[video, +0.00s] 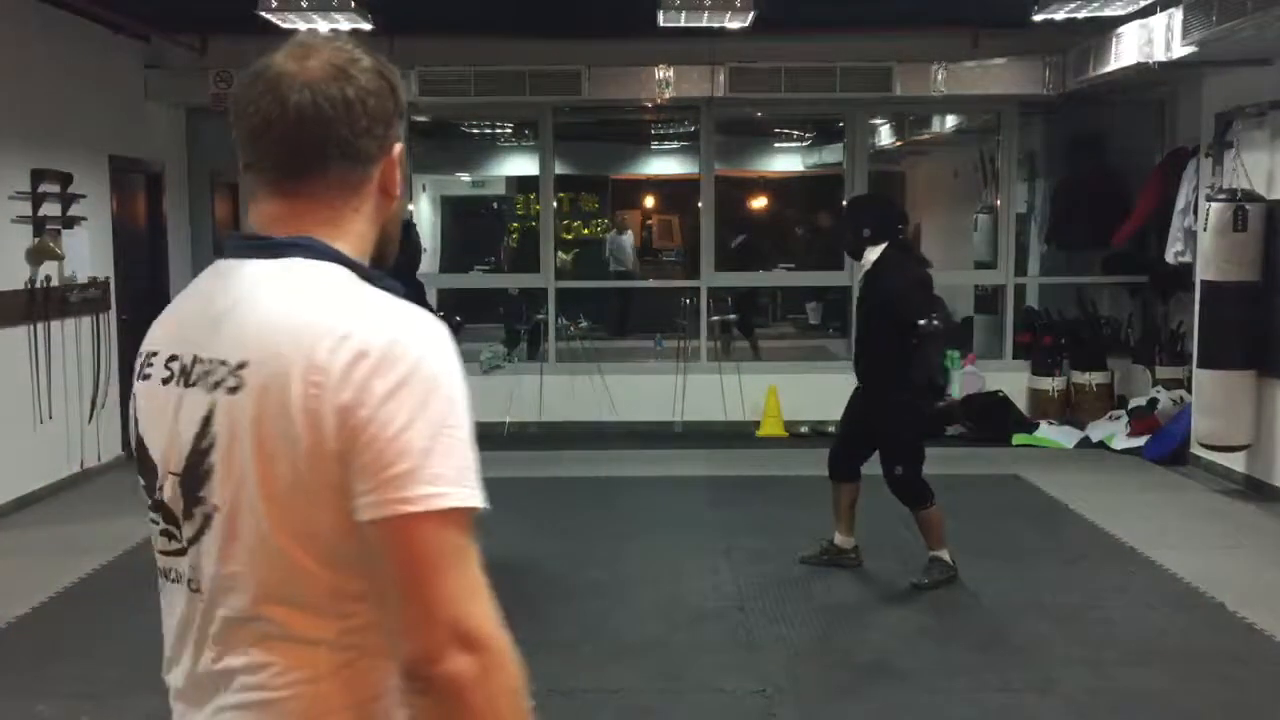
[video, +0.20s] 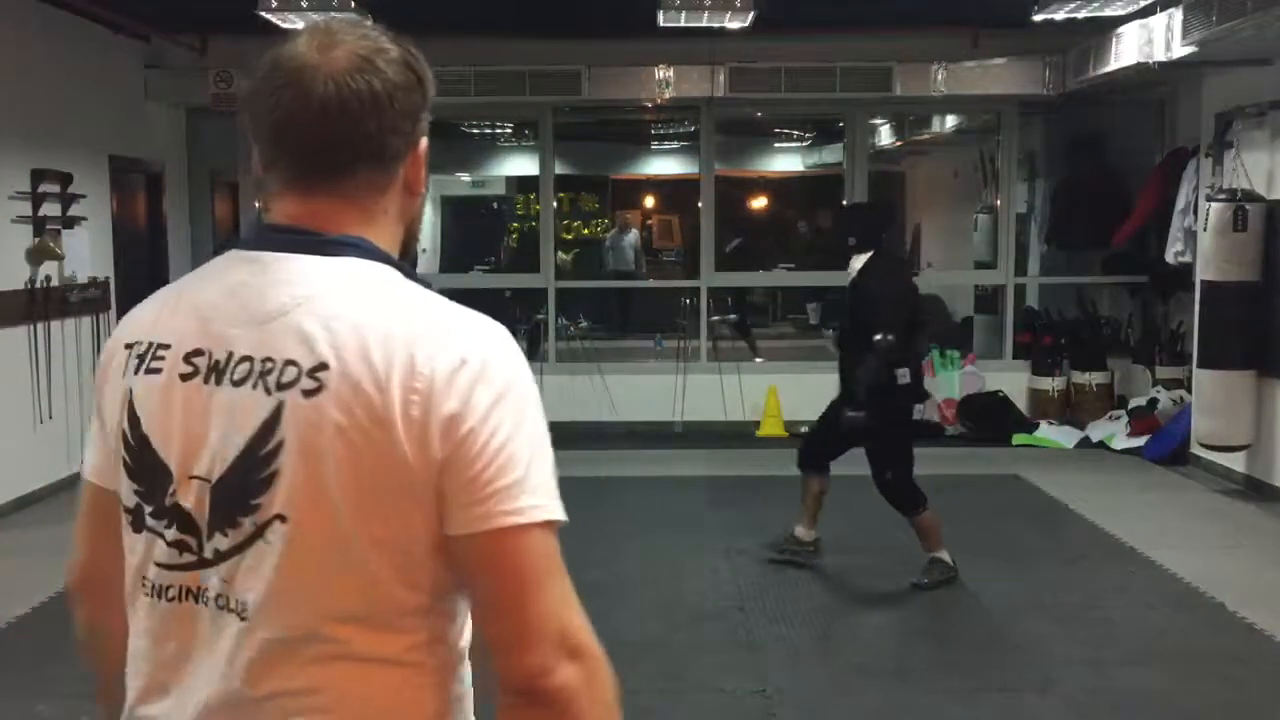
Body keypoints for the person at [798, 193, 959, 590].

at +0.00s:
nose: (844, 236)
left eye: (849, 228)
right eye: (845, 227)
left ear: (866, 230)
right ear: (880, 229)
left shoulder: (902, 271)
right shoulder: (876, 268)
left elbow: (929, 335)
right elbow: (886, 330)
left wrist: (920, 391)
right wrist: (871, 378)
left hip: (900, 392)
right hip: (872, 389)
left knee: (904, 477)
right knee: (842, 461)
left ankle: (941, 558)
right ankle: (843, 545)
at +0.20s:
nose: (840, 239)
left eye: (844, 232)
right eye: (842, 231)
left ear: (857, 235)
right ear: (875, 234)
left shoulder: (880, 277)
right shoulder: (871, 272)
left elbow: (883, 341)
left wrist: (860, 397)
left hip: (886, 395)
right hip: (866, 392)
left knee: (894, 479)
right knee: (813, 452)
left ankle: (941, 558)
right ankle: (804, 536)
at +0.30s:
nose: (825, 245)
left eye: (829, 238)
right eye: (828, 238)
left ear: (843, 240)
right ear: (861, 238)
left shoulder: (866, 278)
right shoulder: (854, 275)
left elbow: (862, 343)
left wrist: (829, 397)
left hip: (869, 396)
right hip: (853, 394)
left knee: (886, 483)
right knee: (796, 457)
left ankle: (940, 558)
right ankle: (766, 533)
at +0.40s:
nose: (794, 258)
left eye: (800, 250)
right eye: (795, 249)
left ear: (819, 248)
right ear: (833, 246)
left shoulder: (845, 283)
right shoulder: (825, 280)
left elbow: (843, 343)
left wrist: (806, 389)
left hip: (853, 399)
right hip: (824, 397)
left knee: (875, 480)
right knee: (776, 462)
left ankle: (936, 555)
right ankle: (748, 537)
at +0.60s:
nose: (760, 256)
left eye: (765, 250)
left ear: (778, 251)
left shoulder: (807, 285)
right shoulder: (776, 284)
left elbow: (822, 350)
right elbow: (739, 290)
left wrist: (786, 387)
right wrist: (712, 266)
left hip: (829, 395)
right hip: (790, 394)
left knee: (851, 475)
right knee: (755, 458)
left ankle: (909, 553)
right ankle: (743, 536)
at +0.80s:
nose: (749, 250)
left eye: (755, 244)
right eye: (748, 244)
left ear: (770, 246)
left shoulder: (805, 279)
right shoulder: (743, 283)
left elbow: (831, 335)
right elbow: (701, 308)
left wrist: (807, 384)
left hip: (828, 389)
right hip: (788, 390)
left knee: (840, 466)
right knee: (753, 455)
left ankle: (898, 544)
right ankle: (744, 536)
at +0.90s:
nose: (746, 253)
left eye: (751, 245)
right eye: (745, 247)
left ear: (767, 244)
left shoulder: (805, 277)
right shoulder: (743, 286)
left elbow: (841, 331)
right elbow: (717, 328)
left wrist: (828, 382)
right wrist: (670, 341)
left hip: (820, 390)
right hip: (783, 390)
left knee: (833, 466)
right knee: (748, 455)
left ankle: (895, 538)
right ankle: (743, 535)